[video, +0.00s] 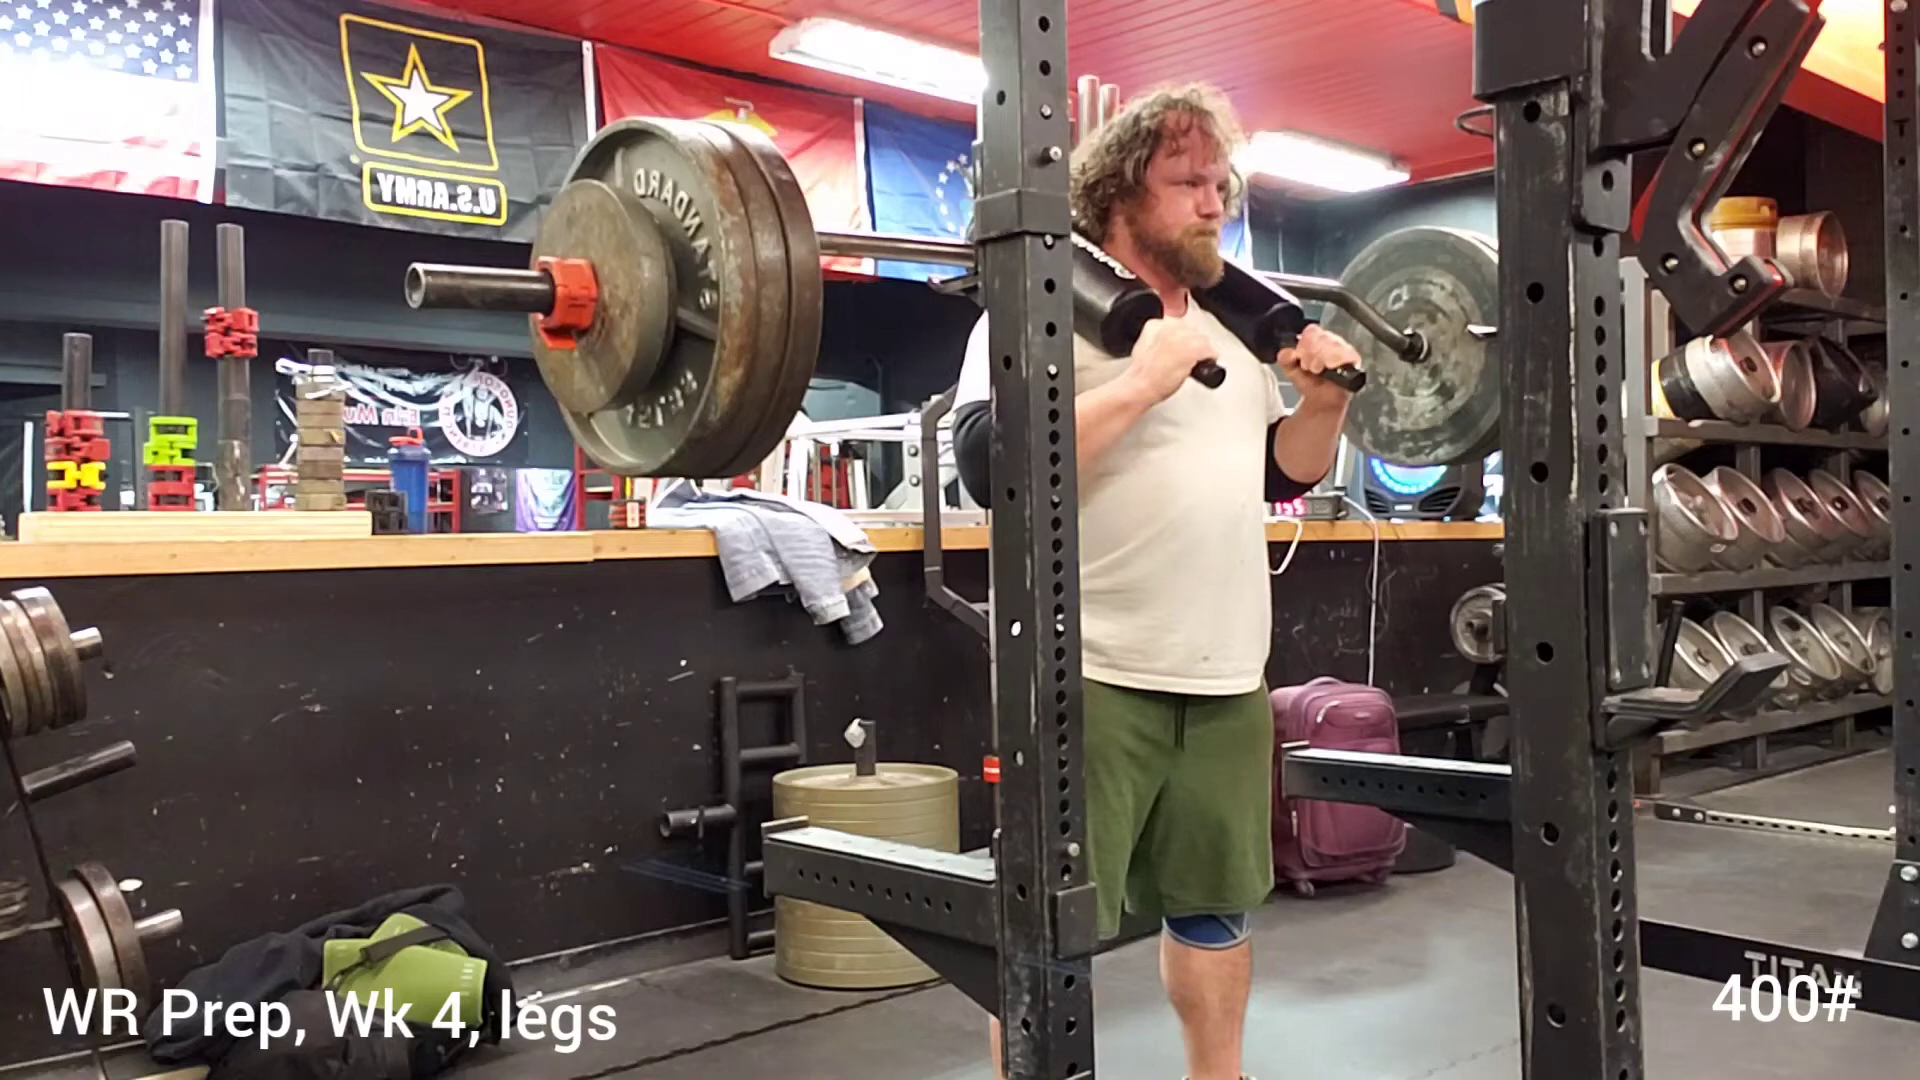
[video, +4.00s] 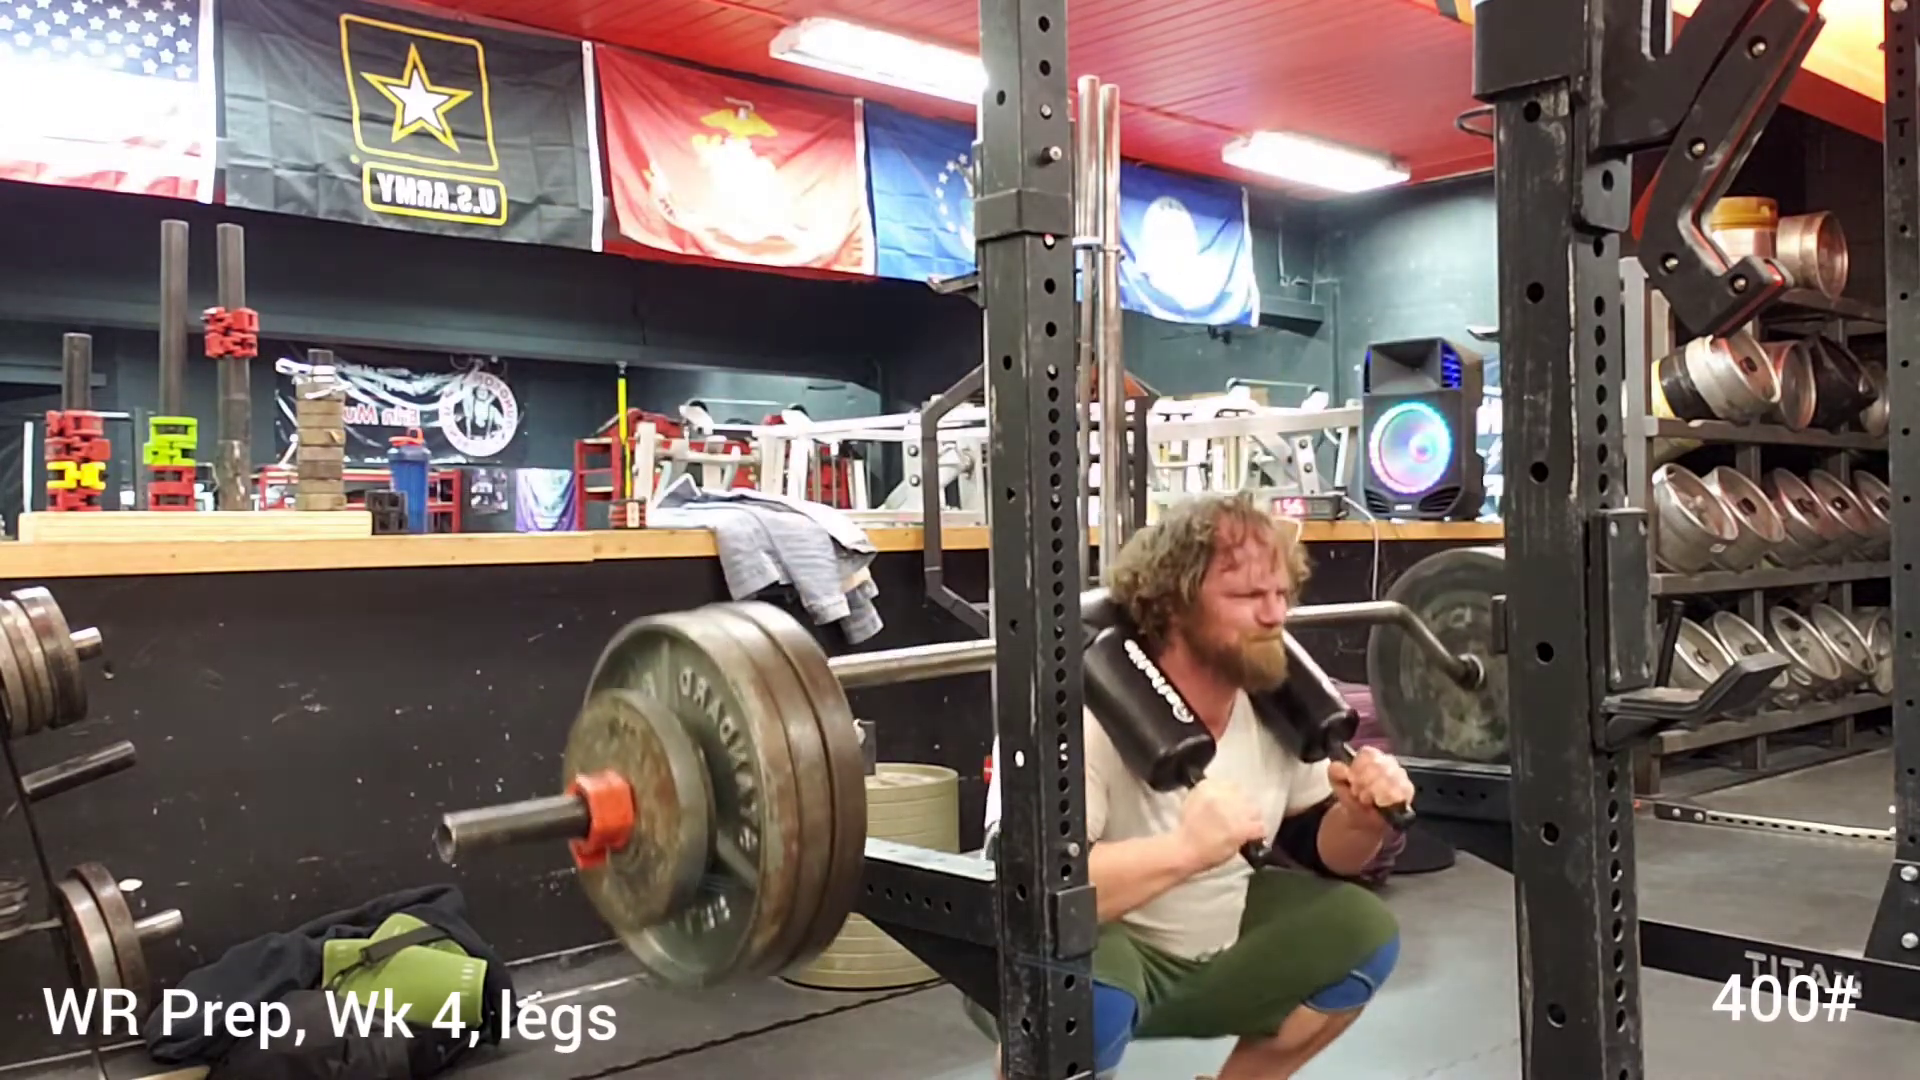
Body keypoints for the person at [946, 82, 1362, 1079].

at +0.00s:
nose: (1217, 200)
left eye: (1220, 179)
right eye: (1191, 178)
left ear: (1224, 192)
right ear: (1122, 188)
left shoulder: (1238, 322)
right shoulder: (1039, 306)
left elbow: (1295, 471)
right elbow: (990, 467)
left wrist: (1324, 394)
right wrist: (1135, 387)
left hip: (1228, 678)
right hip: (1091, 674)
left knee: (1214, 918)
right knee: (1055, 927)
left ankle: (1218, 1074)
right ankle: (1021, 1071)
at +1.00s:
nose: (1215, 207)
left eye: (1221, 187)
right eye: (1190, 185)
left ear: (1224, 199)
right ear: (1121, 191)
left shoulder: (1228, 331)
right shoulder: (1031, 312)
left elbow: (1283, 474)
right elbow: (986, 468)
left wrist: (1321, 401)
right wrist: (1131, 396)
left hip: (1217, 680)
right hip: (1082, 677)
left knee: (1201, 917)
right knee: (1044, 927)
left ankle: (1218, 1075)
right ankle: (1015, 1071)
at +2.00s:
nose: (1218, 211)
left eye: (1224, 189)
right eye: (1194, 187)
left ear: (1227, 197)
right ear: (1124, 194)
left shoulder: (1233, 326)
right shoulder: (1036, 310)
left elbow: (1289, 476)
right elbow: (996, 470)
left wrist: (1324, 401)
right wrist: (1139, 387)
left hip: (1225, 679)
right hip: (1090, 675)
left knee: (1208, 920)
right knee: (1047, 929)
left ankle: (1218, 1075)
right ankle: (1019, 1073)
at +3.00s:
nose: (1240, 386)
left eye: (1247, 366)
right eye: (1213, 366)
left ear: (1258, 373)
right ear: (1145, 381)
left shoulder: (1253, 484)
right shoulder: (1054, 485)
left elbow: (1304, 655)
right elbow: (1019, 684)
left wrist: (1337, 596)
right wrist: (1156, 613)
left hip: (1184, 766)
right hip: (1043, 768)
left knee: (1301, 905)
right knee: (1068, 945)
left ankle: (1231, 1075)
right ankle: (1020, 1069)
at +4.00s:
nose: (1274, 615)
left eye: (1278, 593)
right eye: (1246, 595)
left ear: (1289, 593)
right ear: (1175, 603)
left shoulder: (1276, 695)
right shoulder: (1091, 704)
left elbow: (1329, 851)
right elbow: (1043, 885)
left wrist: (1366, 810)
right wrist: (1183, 850)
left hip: (1228, 940)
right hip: (1111, 947)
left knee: (1361, 932)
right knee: (1092, 986)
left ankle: (1243, 1074)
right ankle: (1023, 1068)